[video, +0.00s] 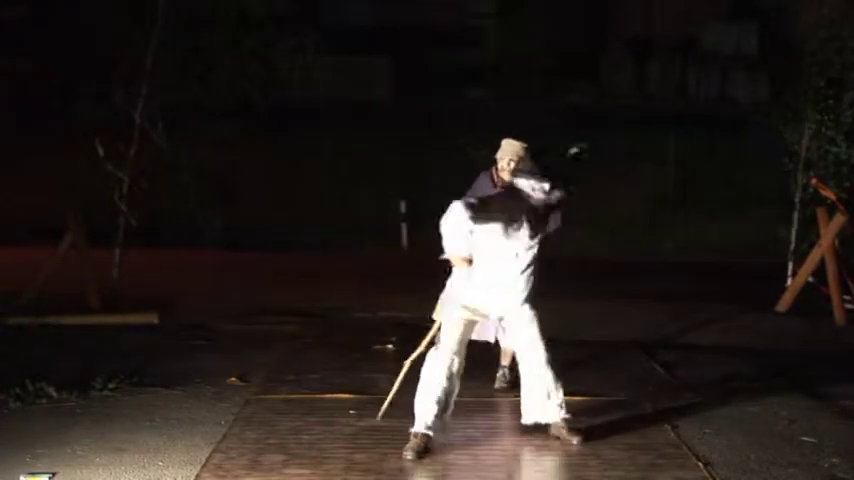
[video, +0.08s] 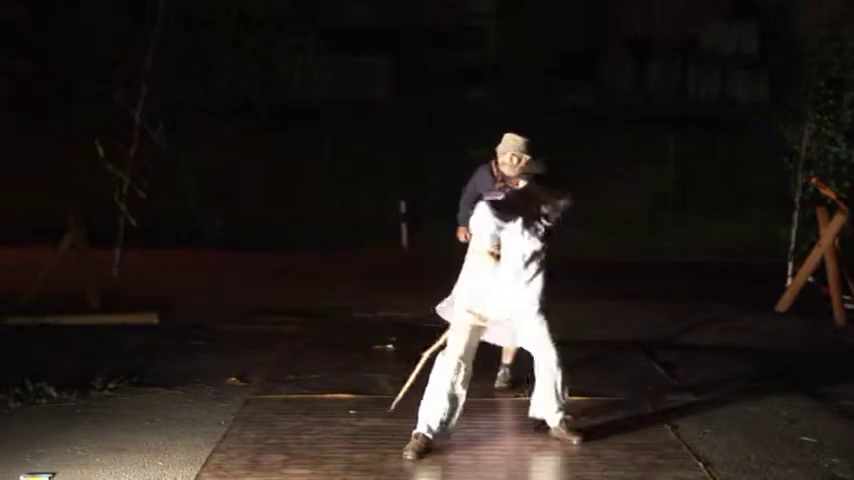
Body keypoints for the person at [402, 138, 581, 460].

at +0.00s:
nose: (509, 170)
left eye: (517, 166)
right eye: (505, 163)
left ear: (528, 170)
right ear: (496, 165)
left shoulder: (538, 211)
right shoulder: (477, 202)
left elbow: (551, 196)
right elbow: (454, 217)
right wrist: (458, 253)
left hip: (512, 296)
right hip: (466, 291)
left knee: (535, 355)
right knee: (444, 356)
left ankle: (555, 420)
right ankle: (422, 430)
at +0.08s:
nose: (524, 188)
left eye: (529, 183)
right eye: (521, 183)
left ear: (534, 182)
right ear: (510, 181)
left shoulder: (542, 223)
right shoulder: (488, 210)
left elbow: (563, 206)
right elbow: (471, 268)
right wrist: (457, 311)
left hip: (521, 304)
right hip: (475, 298)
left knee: (548, 356)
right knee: (453, 358)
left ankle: (554, 417)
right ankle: (425, 430)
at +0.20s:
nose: (517, 163)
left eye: (521, 158)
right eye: (511, 157)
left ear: (527, 159)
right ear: (499, 157)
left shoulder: (535, 181)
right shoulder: (482, 175)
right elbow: (466, 193)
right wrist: (464, 220)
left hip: (522, 245)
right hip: (485, 239)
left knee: (516, 304)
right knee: (482, 301)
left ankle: (508, 364)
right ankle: (479, 361)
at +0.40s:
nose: (509, 169)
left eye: (515, 164)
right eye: (504, 164)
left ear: (522, 168)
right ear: (493, 165)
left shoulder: (527, 190)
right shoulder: (479, 194)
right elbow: (463, 237)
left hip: (519, 259)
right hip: (487, 260)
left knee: (521, 317)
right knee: (497, 317)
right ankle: (502, 372)